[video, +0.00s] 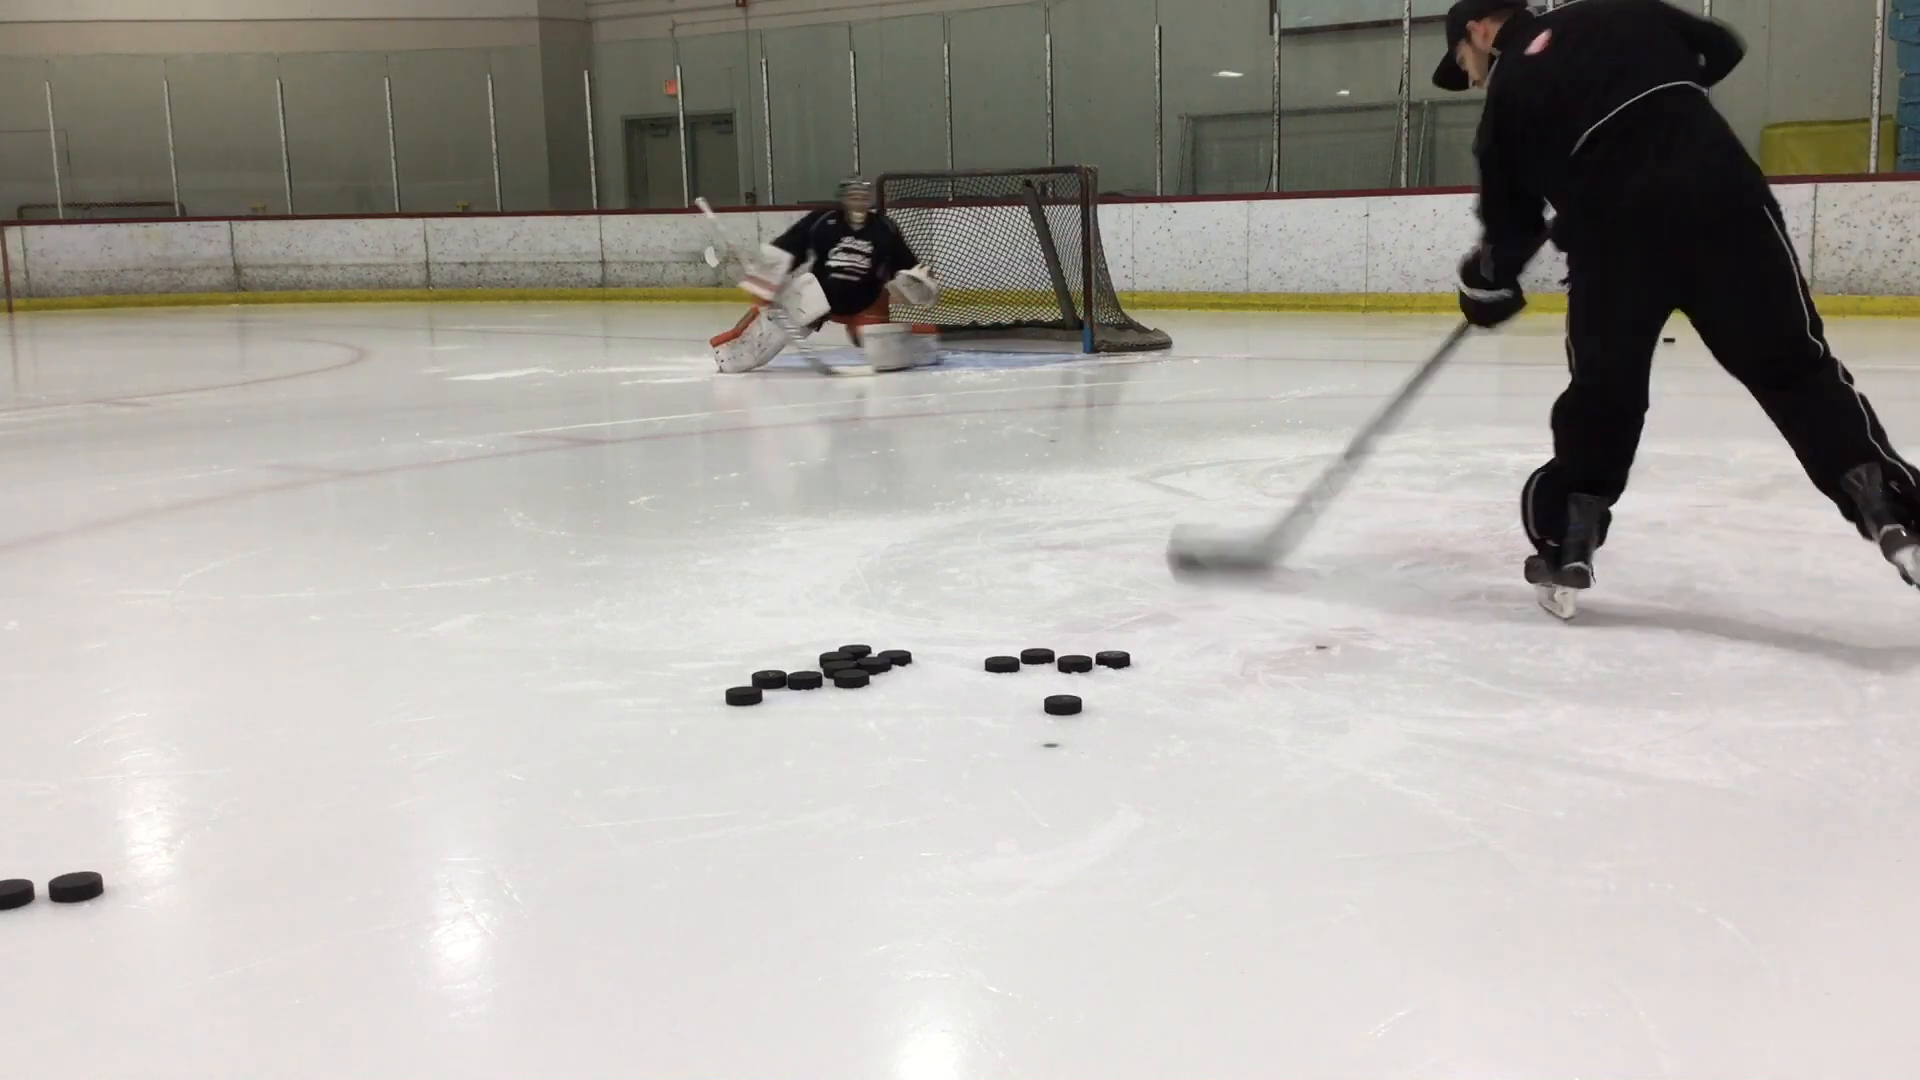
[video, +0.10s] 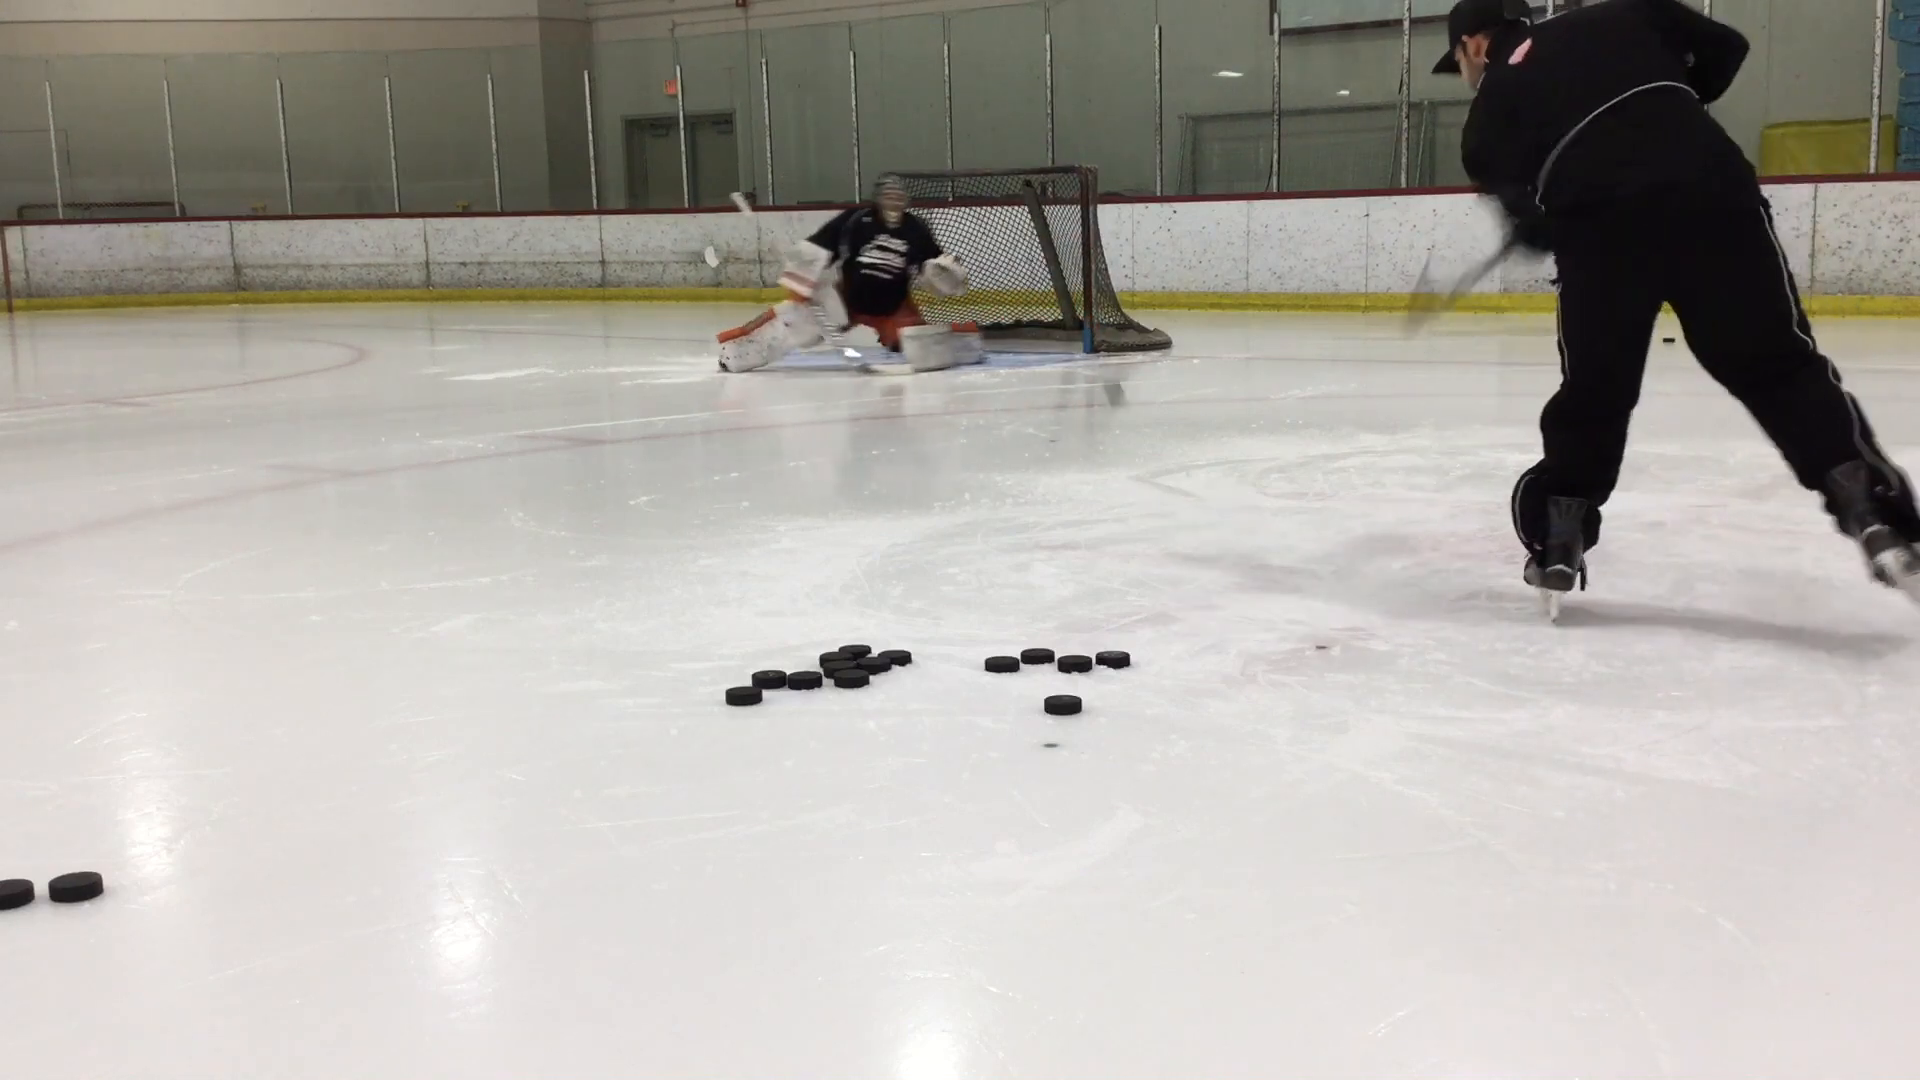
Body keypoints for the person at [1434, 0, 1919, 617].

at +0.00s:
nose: (1472, 76)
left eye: (1466, 62)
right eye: (1464, 68)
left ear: (1481, 29)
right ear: (1522, 13)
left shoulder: (1504, 100)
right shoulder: (1626, 10)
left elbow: (1516, 225)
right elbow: (1723, 44)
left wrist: (1490, 278)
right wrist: (1651, 90)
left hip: (1616, 238)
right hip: (1723, 203)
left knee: (1604, 388)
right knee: (1793, 363)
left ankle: (1572, 537)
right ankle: (1882, 499)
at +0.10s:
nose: (1463, 77)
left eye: (1459, 62)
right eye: (1459, 64)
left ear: (1476, 44)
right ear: (1521, 23)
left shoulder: (1486, 118)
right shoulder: (1620, 13)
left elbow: (1526, 217)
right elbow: (1727, 44)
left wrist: (1547, 232)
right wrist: (1671, 106)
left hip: (1604, 233)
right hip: (1713, 201)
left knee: (1594, 391)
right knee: (1772, 358)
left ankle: (1561, 534)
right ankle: (1863, 492)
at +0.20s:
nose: (1475, 50)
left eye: (1475, 38)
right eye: (1472, 40)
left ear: (1491, 29)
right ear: (1542, 13)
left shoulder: (1497, 93)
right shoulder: (1618, 9)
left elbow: (1492, 153)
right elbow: (1728, 25)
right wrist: (1695, 97)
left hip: (1592, 232)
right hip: (1702, 206)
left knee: (1590, 393)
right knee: (1754, 367)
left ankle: (1558, 531)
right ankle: (1817, 519)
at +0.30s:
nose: (1496, 25)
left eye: (1496, 16)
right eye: (1495, 16)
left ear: (1513, 15)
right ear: (1564, 2)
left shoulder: (1510, 78)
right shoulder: (1628, 6)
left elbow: (1507, 144)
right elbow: (1739, 14)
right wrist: (1708, 84)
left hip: (1583, 230)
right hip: (1691, 211)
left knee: (1590, 387)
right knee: (1727, 381)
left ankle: (1544, 545)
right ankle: (1768, 553)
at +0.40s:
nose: (1520, 12)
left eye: (1522, 9)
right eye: (1522, 8)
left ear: (1536, 10)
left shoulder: (1523, 73)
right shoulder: (1656, 4)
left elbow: (1524, 136)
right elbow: (1757, 21)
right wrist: (1726, 91)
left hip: (1580, 228)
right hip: (1687, 210)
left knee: (1588, 386)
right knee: (1720, 387)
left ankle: (1536, 552)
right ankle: (1756, 557)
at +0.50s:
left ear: (1566, 4)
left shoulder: (1542, 56)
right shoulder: (1685, 2)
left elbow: (1530, 121)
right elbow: (1775, 26)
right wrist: (1749, 92)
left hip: (1580, 221)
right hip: (1686, 206)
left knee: (1591, 379)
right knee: (1724, 384)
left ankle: (1537, 548)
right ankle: (1757, 555)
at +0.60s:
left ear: (1583, 4)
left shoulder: (1551, 52)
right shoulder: (1703, 3)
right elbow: (1795, 25)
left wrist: (1753, 151)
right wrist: (1772, 94)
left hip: (1589, 227)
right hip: (1694, 212)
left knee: (1598, 378)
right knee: (1731, 387)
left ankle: (1539, 545)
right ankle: (1758, 555)